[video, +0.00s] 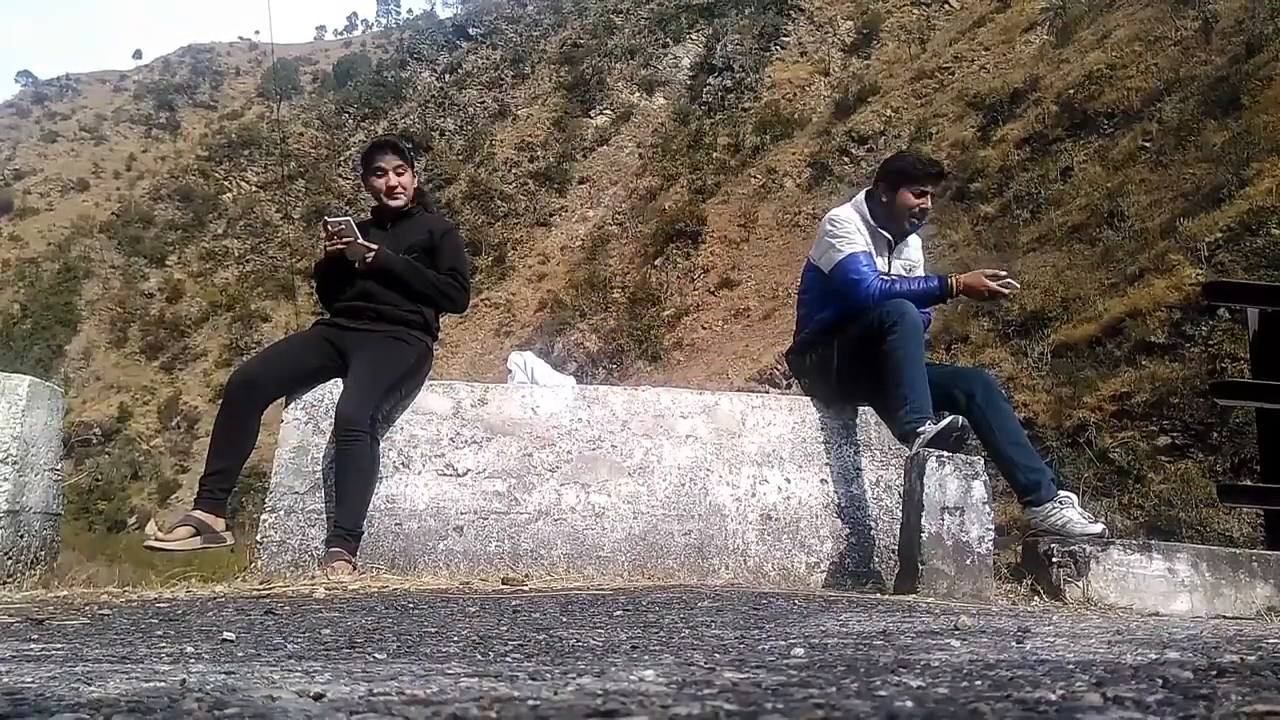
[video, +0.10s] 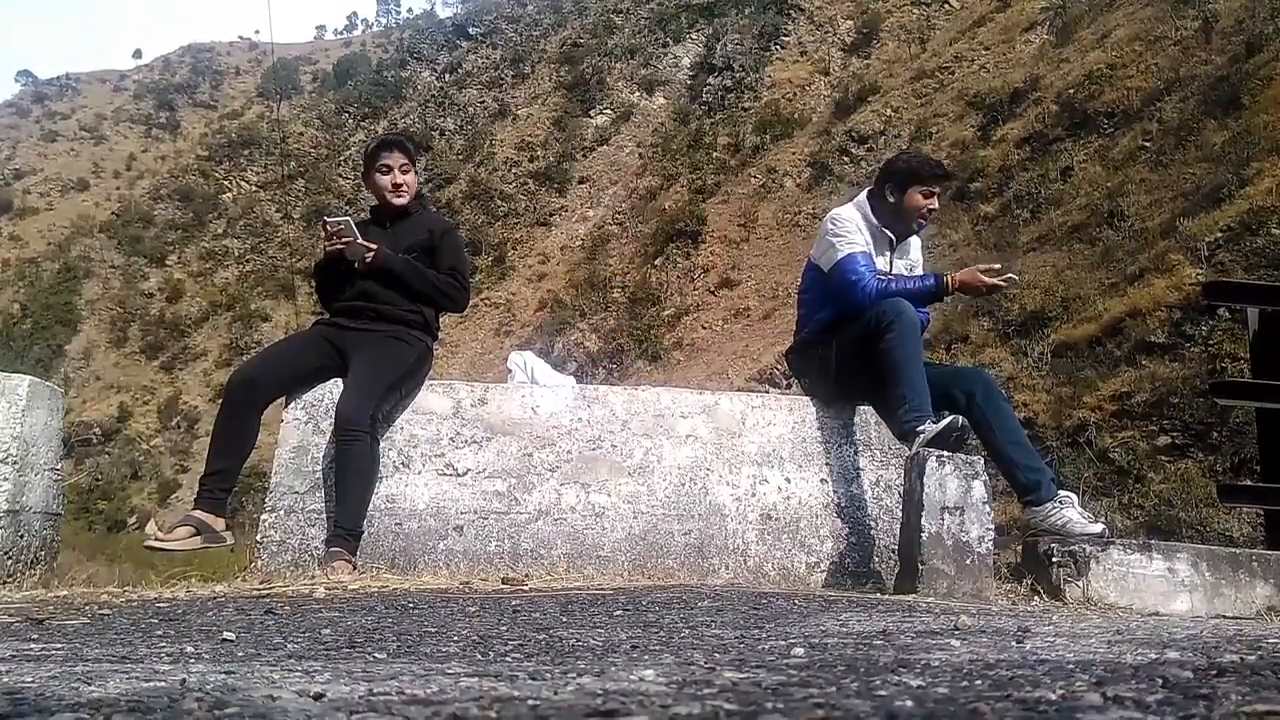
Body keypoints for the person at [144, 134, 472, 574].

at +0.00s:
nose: (393, 181)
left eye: (401, 171)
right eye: (381, 174)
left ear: (415, 174)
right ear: (368, 183)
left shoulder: (437, 228)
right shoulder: (356, 229)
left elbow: (457, 296)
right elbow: (330, 297)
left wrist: (382, 257)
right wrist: (332, 257)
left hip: (397, 340)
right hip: (336, 331)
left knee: (354, 420)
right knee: (247, 383)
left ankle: (341, 554)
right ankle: (209, 516)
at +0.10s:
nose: (398, 179)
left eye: (405, 169)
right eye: (386, 171)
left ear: (418, 174)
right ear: (370, 181)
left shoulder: (437, 227)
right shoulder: (355, 228)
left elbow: (457, 296)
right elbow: (329, 296)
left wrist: (384, 257)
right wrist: (332, 257)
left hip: (397, 339)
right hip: (337, 330)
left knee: (354, 420)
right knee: (247, 384)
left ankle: (341, 553)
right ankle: (209, 515)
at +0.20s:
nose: (402, 178)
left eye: (409, 168)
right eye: (389, 169)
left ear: (419, 174)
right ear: (371, 178)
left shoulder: (437, 227)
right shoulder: (354, 227)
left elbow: (456, 295)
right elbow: (328, 296)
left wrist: (384, 257)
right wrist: (332, 258)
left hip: (397, 338)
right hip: (337, 330)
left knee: (354, 420)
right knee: (247, 383)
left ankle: (341, 554)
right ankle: (209, 515)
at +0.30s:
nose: (404, 176)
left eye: (412, 168)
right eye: (392, 167)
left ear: (420, 175)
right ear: (371, 176)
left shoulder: (436, 227)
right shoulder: (353, 227)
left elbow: (456, 294)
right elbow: (328, 296)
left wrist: (383, 257)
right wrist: (331, 257)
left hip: (398, 338)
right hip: (337, 330)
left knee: (353, 419)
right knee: (246, 383)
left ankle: (341, 553)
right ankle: (209, 514)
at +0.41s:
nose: (408, 175)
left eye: (415, 168)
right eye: (396, 166)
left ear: (421, 177)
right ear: (372, 175)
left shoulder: (435, 226)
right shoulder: (352, 227)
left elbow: (457, 295)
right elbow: (328, 297)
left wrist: (382, 256)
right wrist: (332, 258)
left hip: (397, 338)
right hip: (337, 330)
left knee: (354, 418)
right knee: (247, 383)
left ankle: (341, 553)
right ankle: (209, 514)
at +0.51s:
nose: (412, 178)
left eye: (418, 170)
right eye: (400, 169)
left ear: (423, 179)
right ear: (375, 177)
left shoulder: (435, 229)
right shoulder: (352, 229)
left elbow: (457, 296)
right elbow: (327, 298)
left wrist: (382, 259)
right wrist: (331, 261)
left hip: (397, 340)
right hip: (337, 332)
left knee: (354, 420)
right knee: (247, 385)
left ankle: (341, 555)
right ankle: (209, 517)